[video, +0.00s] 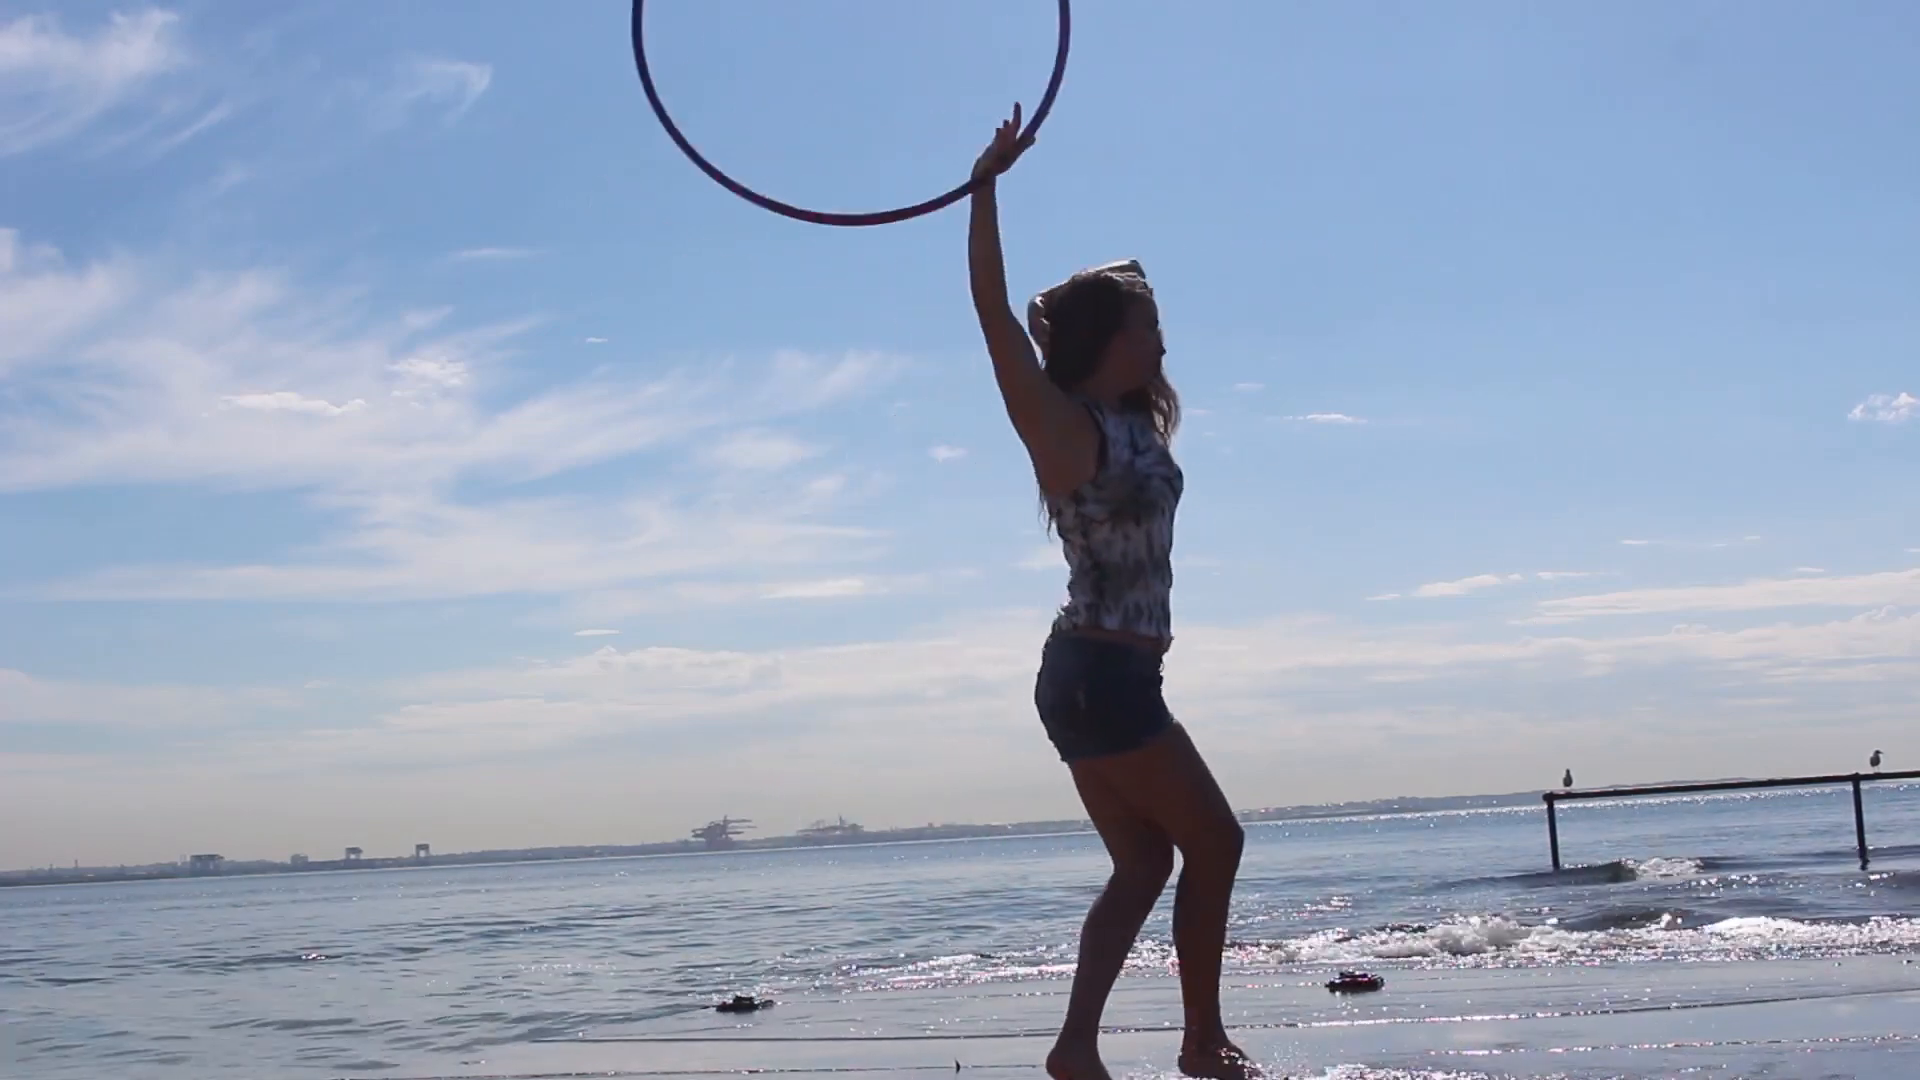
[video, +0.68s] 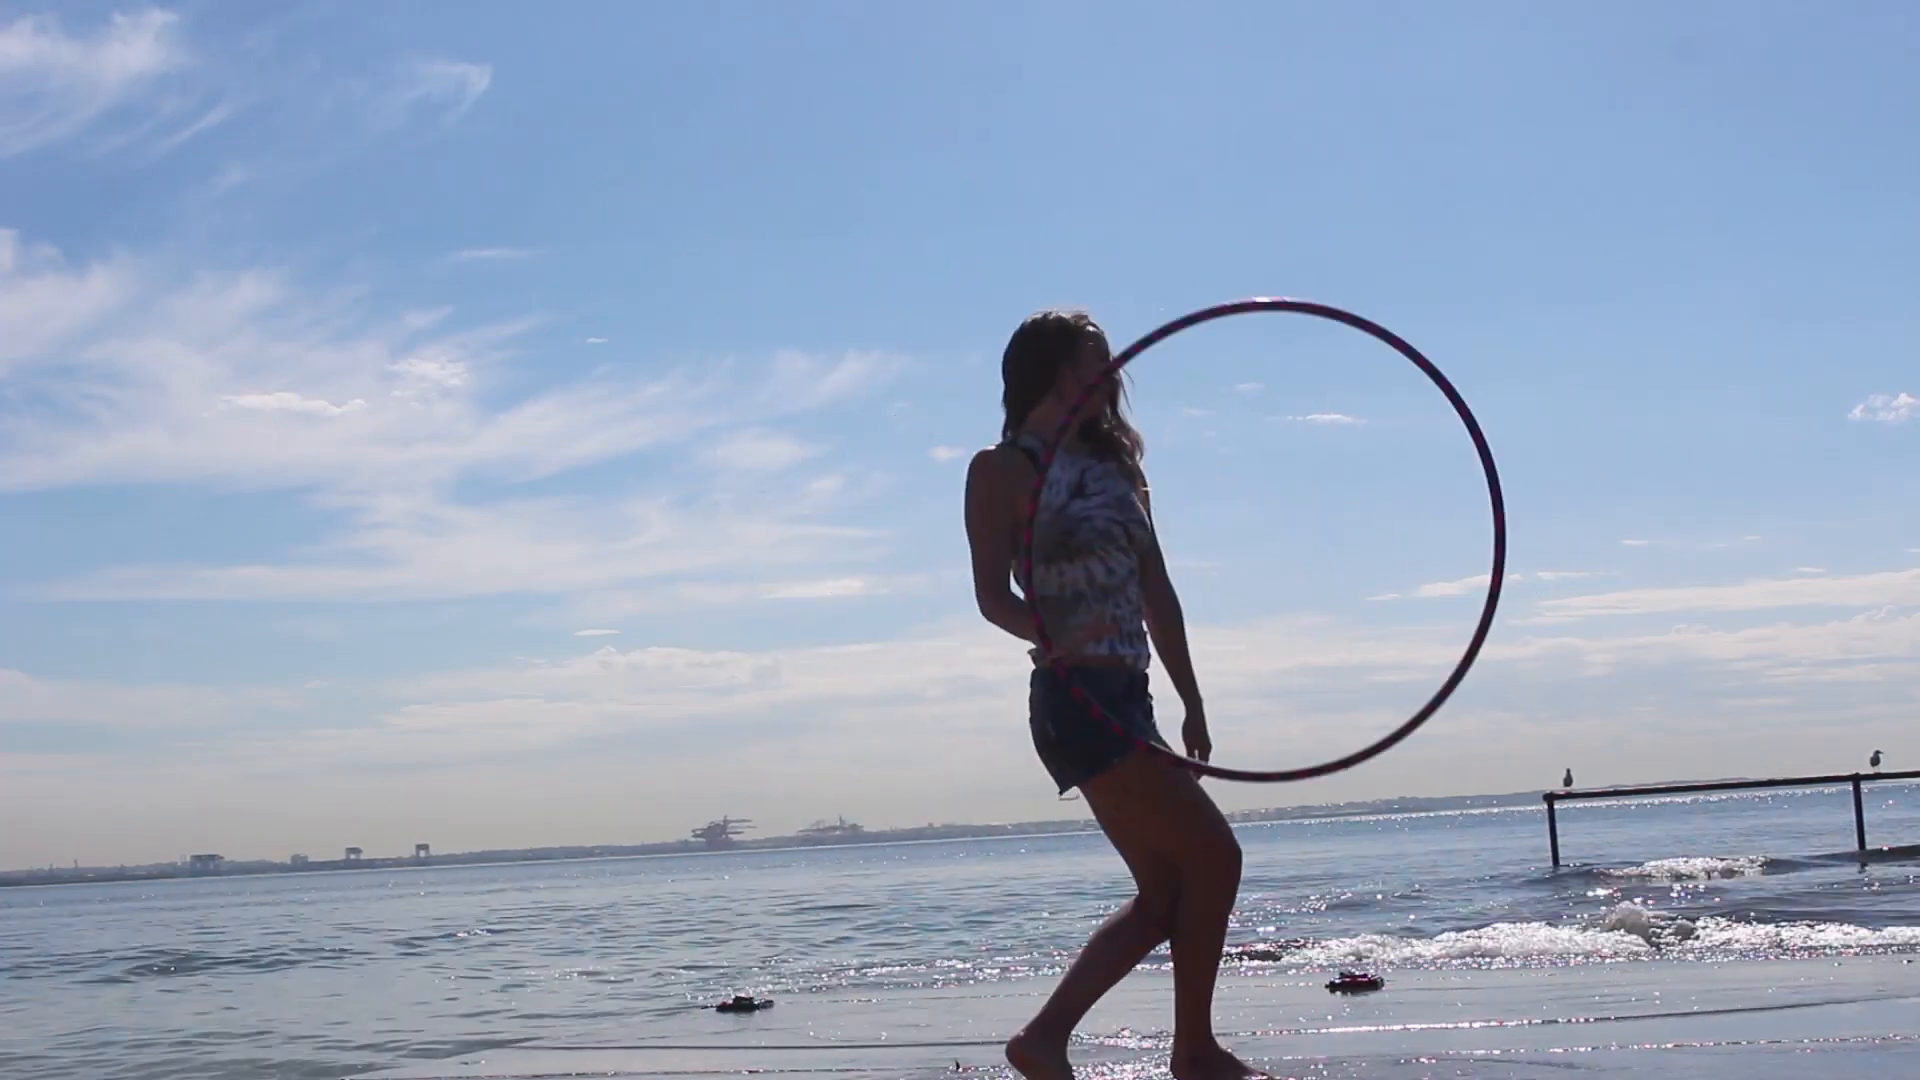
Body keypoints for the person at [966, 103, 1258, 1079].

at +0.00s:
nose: (1157, 336)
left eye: (1153, 323)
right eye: (1143, 323)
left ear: (1115, 342)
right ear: (1101, 339)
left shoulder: (1135, 418)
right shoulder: (1058, 422)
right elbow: (991, 307)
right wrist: (984, 184)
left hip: (1100, 674)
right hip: (1102, 677)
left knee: (1142, 859)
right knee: (1215, 843)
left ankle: (1075, 1047)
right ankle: (1203, 1042)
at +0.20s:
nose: (1178, 359)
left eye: (1178, 346)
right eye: (1167, 344)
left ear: (1160, 352)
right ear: (1124, 350)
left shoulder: (1171, 426)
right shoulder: (1066, 439)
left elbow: (1261, 326)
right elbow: (934, 406)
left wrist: (1170, 279)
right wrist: (987, 338)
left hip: (1160, 679)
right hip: (1134, 682)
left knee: (1164, 880)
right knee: (1243, 858)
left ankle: (1018, 1014)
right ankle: (1193, 1051)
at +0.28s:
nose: (1178, 365)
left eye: (1177, 352)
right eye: (1166, 350)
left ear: (1152, 367)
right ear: (1121, 363)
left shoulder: (1176, 450)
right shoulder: (1064, 460)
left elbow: (1293, 389)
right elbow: (935, 434)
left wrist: (1234, 314)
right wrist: (994, 381)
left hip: (1172, 694)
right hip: (1141, 697)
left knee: (1144, 885)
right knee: (1260, 867)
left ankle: (1011, 1009)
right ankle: (1195, 1050)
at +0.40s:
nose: (1172, 376)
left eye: (1170, 363)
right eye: (1156, 362)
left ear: (1156, 383)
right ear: (1111, 379)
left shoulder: (1179, 473)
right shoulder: (1068, 472)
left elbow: (1298, 494)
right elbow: (964, 509)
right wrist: (1039, 462)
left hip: (1172, 704)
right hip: (1139, 707)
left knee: (1147, 895)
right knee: (1264, 870)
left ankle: (1008, 1009)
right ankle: (1198, 1051)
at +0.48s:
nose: (1165, 382)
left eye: (1162, 368)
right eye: (1150, 367)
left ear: (1119, 385)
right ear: (1103, 382)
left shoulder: (1170, 475)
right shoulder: (1050, 475)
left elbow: (1277, 530)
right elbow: (997, 564)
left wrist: (1387, 487)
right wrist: (1060, 542)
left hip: (1167, 701)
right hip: (1127, 704)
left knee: (1170, 899)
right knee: (1257, 868)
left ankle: (1009, 1012)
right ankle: (1198, 1053)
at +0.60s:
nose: (1137, 375)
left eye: (1132, 363)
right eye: (1122, 362)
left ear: (1099, 382)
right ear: (1083, 377)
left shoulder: (1149, 472)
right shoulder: (1023, 478)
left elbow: (1228, 564)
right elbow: (1010, 597)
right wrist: (1078, 617)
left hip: (1147, 695)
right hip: (1100, 700)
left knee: (1179, 901)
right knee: (1234, 865)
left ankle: (1034, 1022)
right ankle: (1198, 1052)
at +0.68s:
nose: (1109, 383)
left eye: (1109, 370)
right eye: (1096, 369)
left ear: (1097, 380)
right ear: (1052, 376)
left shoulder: (1113, 462)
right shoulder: (1002, 467)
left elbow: (1154, 584)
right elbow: (993, 594)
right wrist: (1043, 632)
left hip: (1122, 692)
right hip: (1076, 695)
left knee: (1166, 894)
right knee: (1211, 853)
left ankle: (1044, 1037)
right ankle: (1194, 1049)